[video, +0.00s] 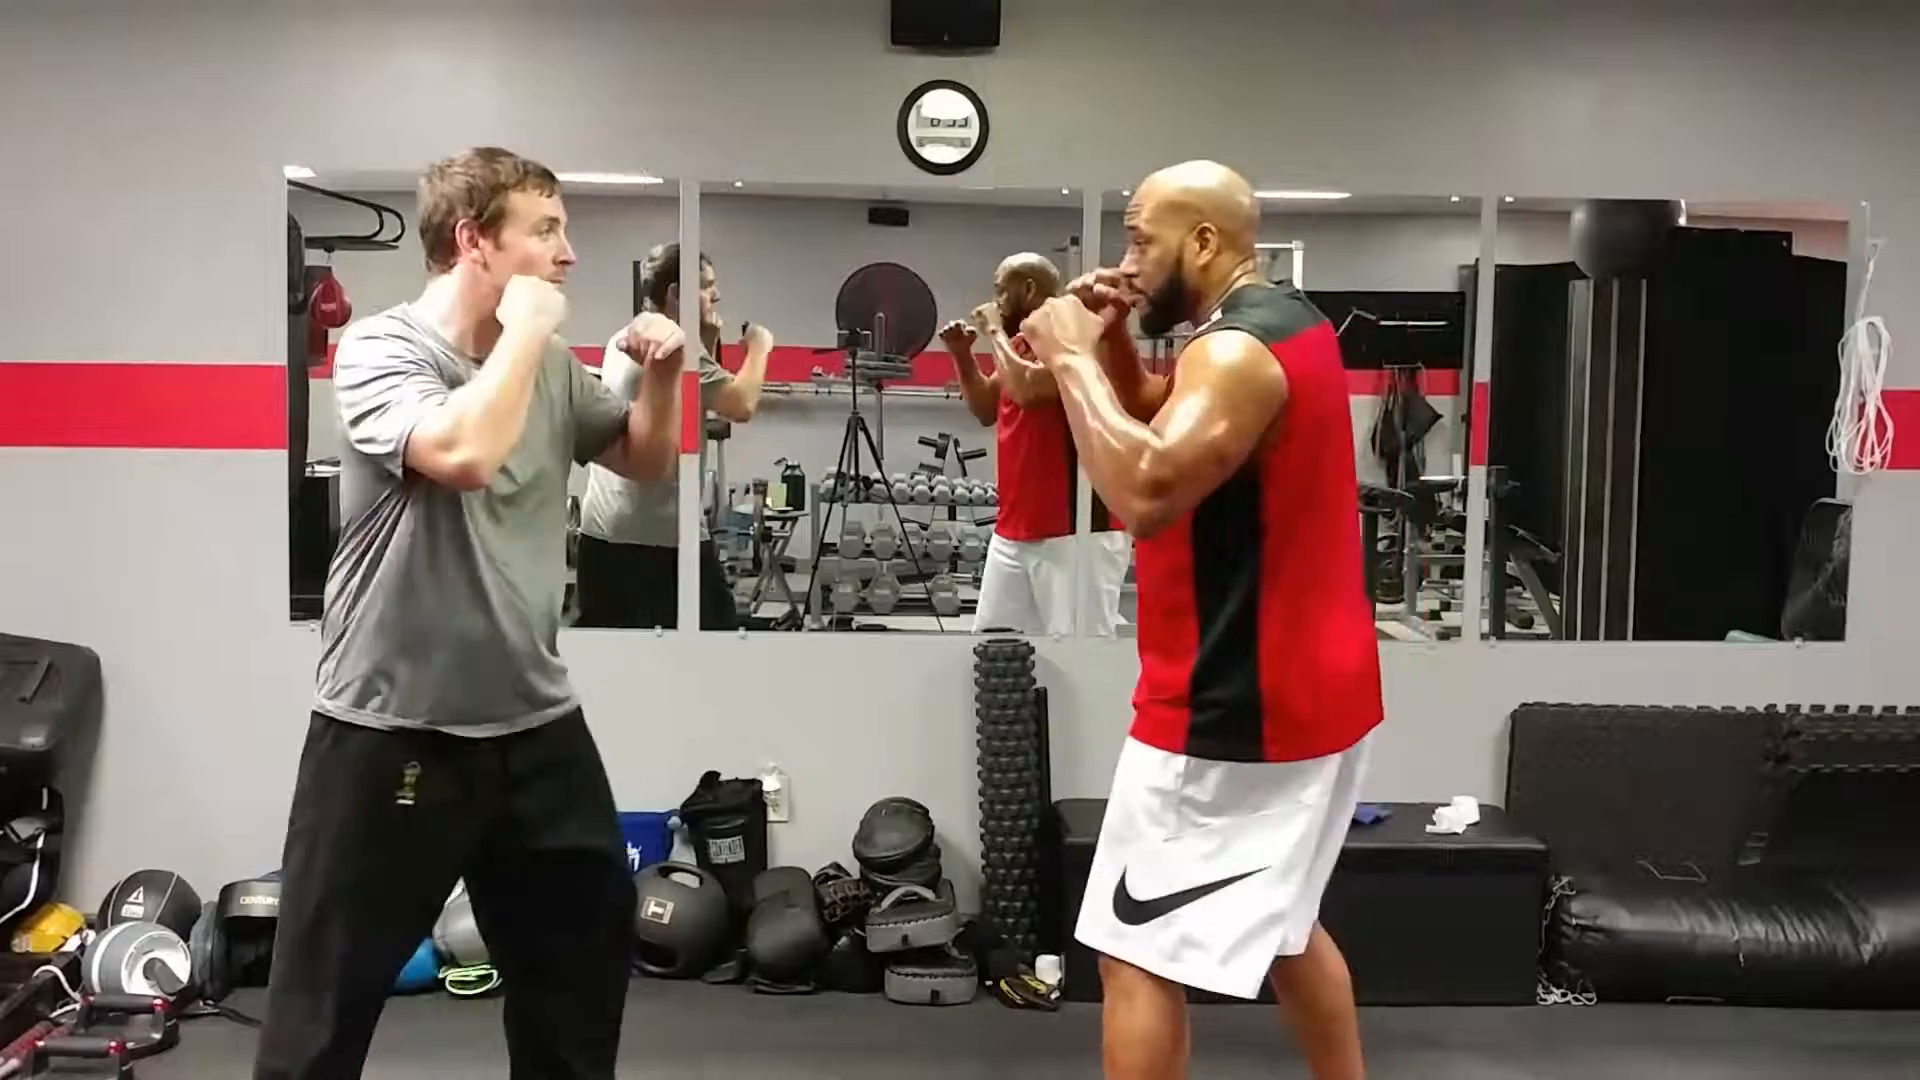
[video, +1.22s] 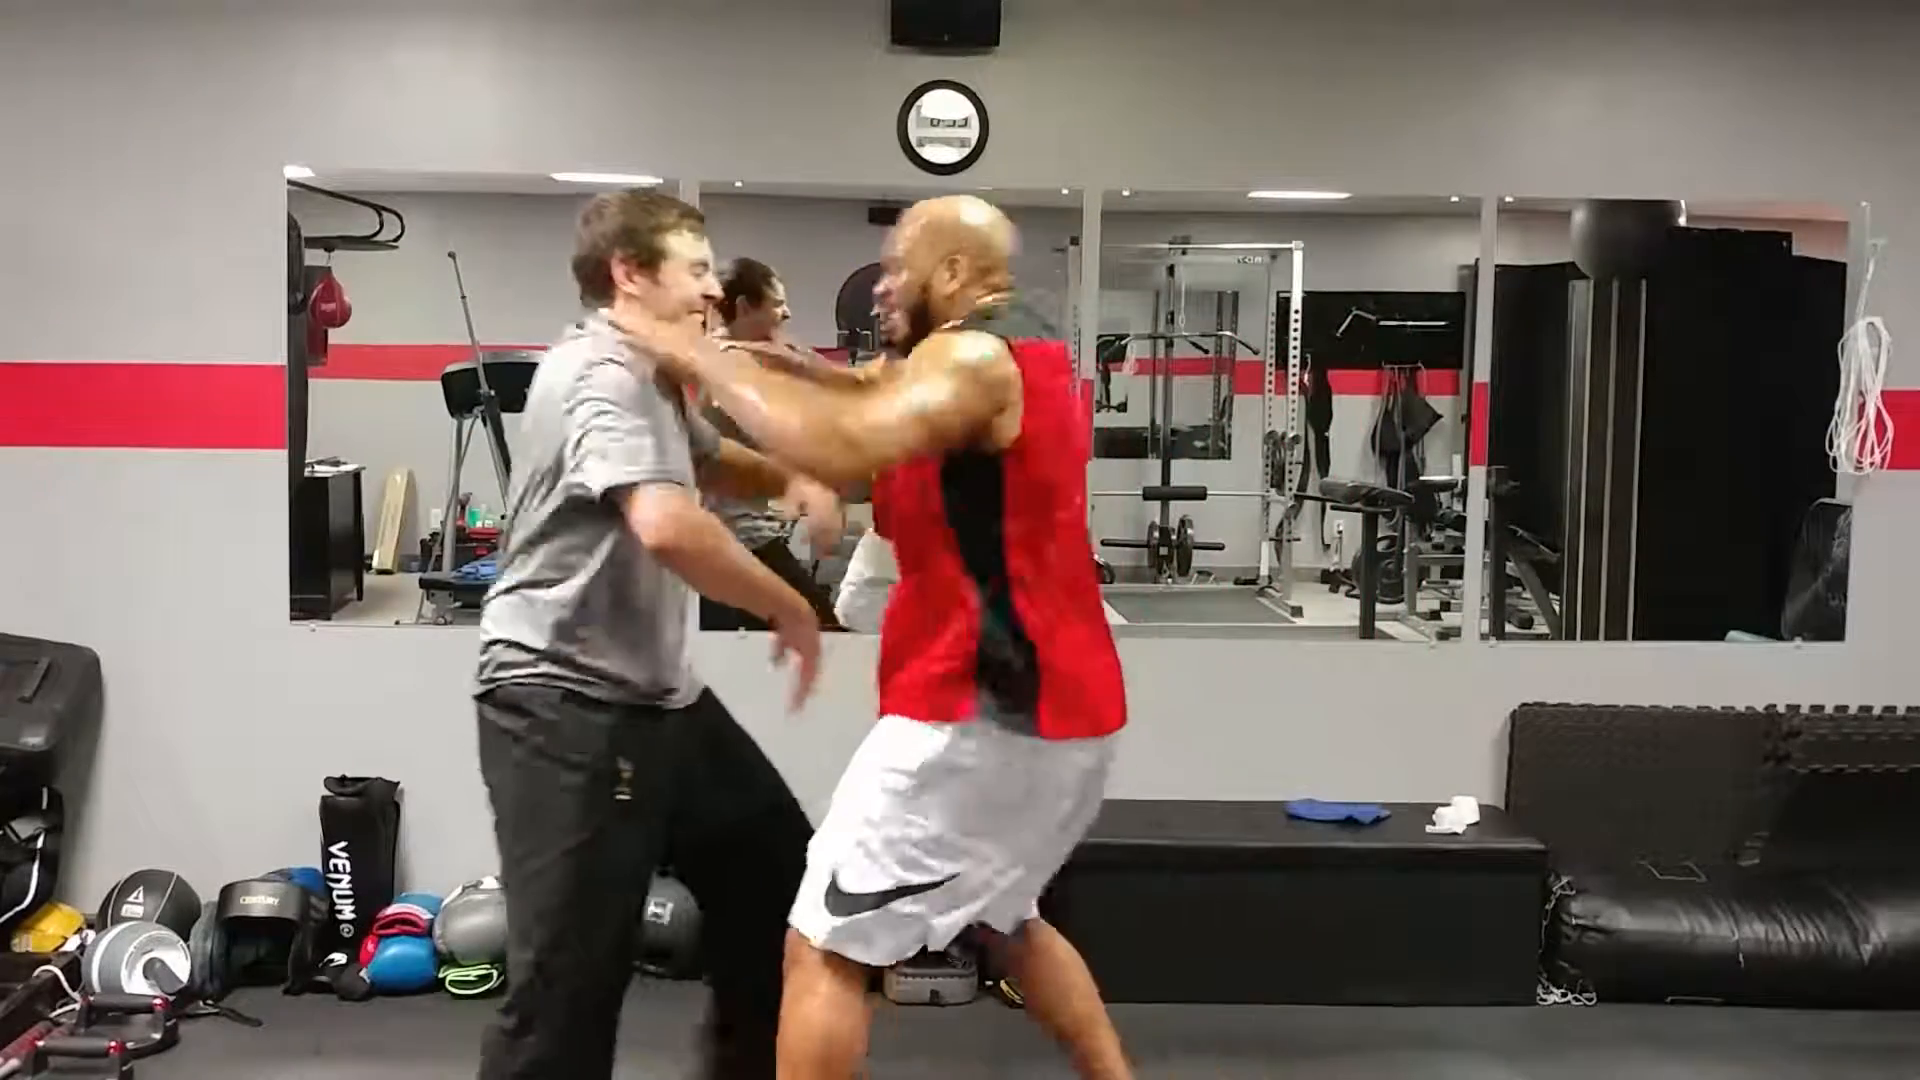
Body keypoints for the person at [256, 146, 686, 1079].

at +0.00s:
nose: (567, 254)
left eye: (565, 234)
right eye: (548, 233)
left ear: (486, 242)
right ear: (472, 243)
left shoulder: (548, 365)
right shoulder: (376, 350)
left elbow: (646, 460)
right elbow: (461, 452)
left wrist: (659, 374)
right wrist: (525, 329)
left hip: (536, 730)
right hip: (386, 735)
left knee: (579, 998)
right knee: (318, 1021)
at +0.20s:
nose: (581, 288)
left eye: (581, 270)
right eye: (563, 268)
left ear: (506, 279)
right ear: (492, 278)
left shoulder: (579, 389)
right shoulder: (402, 388)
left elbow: (695, 452)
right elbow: (480, 492)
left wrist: (693, 364)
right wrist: (540, 368)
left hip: (570, 734)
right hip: (417, 745)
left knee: (669, 913)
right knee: (347, 1007)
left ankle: (685, 1066)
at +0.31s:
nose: (632, 294)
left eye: (629, 276)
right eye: (611, 276)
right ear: (544, 293)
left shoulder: (621, 397)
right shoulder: (483, 400)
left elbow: (722, 484)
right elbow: (585, 479)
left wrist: (710, 384)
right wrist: (640, 369)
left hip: (598, 745)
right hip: (464, 759)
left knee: (711, 921)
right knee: (390, 1004)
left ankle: (795, 1073)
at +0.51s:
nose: (783, 304)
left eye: (775, 285)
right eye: (760, 287)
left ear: (699, 322)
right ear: (701, 317)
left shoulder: (661, 412)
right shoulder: (734, 411)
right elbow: (912, 479)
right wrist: (1038, 495)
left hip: (722, 740)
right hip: (632, 736)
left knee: (828, 948)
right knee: (523, 979)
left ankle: (857, 1073)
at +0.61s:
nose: (861, 320)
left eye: (854, 302)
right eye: (842, 303)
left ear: (781, 332)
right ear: (784, 328)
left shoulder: (730, 413)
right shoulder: (786, 434)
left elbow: (852, 424)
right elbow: (929, 562)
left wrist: (939, 474)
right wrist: (1071, 640)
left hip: (733, 730)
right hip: (660, 722)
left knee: (837, 903)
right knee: (606, 970)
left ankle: (863, 1074)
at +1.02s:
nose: (792, 294)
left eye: (789, 277)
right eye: (772, 277)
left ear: (723, 294)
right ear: (708, 290)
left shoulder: (751, 394)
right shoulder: (665, 405)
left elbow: (835, 485)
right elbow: (783, 567)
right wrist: (928, 649)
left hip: (749, 709)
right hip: (648, 713)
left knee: (858, 933)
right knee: (619, 990)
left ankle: (868, 1066)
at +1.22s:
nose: (712, 292)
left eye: (711, 273)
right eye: (695, 271)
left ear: (635, 280)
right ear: (627, 276)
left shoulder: (649, 370)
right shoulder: (602, 370)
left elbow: (700, 461)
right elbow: (664, 525)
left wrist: (795, 479)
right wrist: (789, 609)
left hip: (654, 698)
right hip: (562, 699)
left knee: (772, 865)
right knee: (566, 992)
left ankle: (748, 1062)